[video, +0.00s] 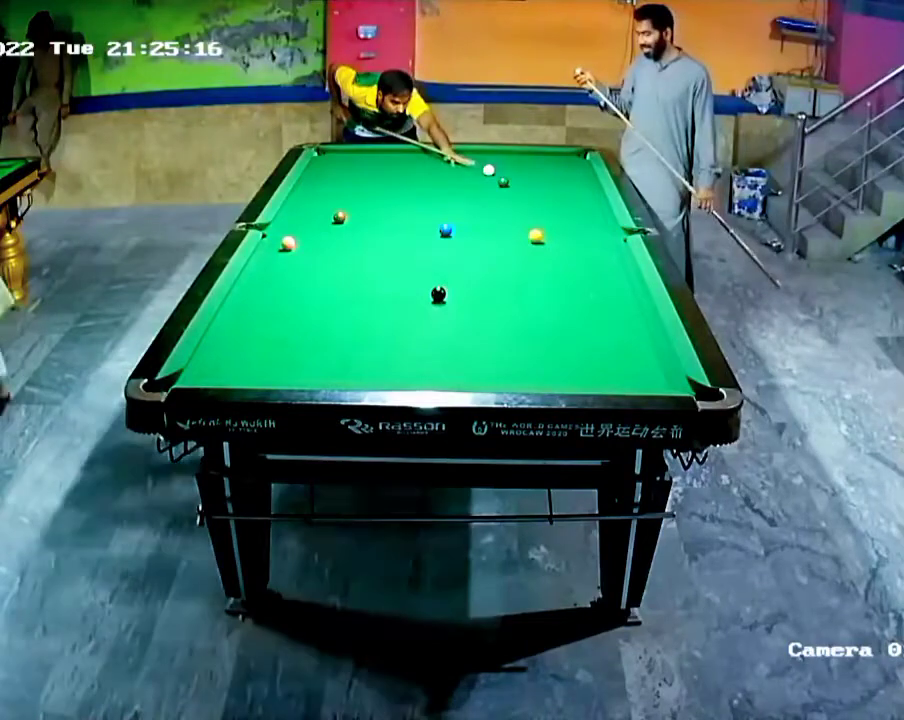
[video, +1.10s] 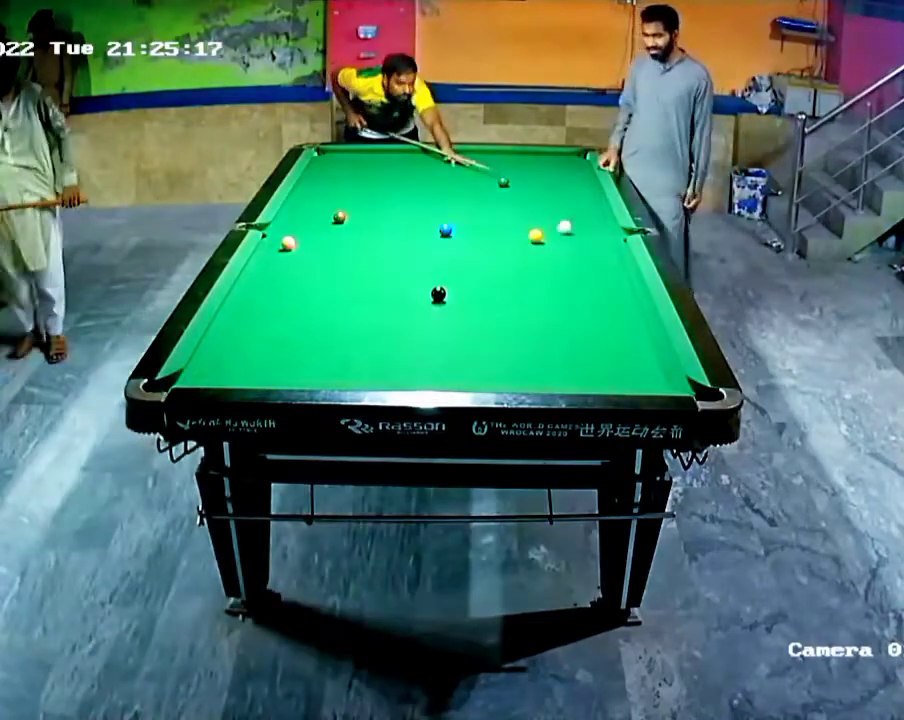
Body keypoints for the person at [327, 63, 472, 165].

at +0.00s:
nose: (400, 110)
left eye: (405, 103)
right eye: (395, 103)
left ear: (410, 97)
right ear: (380, 95)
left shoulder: (410, 96)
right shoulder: (358, 91)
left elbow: (430, 125)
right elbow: (334, 70)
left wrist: (447, 150)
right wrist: (336, 104)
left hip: (400, 135)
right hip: (362, 134)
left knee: (403, 181)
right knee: (359, 180)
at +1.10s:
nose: (407, 90)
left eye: (411, 84)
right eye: (400, 84)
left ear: (415, 79)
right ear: (386, 79)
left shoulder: (417, 86)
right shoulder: (364, 84)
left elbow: (434, 122)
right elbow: (338, 78)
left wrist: (447, 150)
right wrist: (349, 111)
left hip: (404, 135)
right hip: (367, 135)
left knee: (408, 182)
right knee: (365, 183)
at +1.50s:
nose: (394, 21)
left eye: (398, 15)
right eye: (387, 15)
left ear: (403, 16)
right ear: (375, 17)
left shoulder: (418, 46)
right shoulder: (357, 47)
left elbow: (432, 86)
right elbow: (338, 70)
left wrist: (433, 121)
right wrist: (345, 106)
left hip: (405, 133)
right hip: (366, 134)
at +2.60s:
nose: (350, 17)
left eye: (353, 9)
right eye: (342, 14)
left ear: (361, 6)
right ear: (336, 16)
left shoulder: (391, 30)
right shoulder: (333, 49)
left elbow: (407, 56)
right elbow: (321, 81)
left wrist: (404, 89)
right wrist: (333, 120)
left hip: (402, 122)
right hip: (366, 130)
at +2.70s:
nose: (345, 18)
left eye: (348, 9)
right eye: (337, 15)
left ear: (354, 7)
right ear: (330, 20)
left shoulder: (385, 29)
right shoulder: (329, 52)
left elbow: (403, 55)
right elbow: (317, 85)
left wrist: (402, 86)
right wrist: (331, 125)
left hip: (402, 120)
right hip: (367, 131)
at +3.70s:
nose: (431, 10)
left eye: (434, 3)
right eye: (423, 5)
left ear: (439, 6)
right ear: (411, 8)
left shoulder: (445, 33)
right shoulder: (399, 44)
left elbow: (452, 75)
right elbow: (393, 87)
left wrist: (480, 95)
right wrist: (416, 123)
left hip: (450, 122)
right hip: (422, 128)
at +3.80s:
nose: (447, 11)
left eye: (450, 4)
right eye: (439, 6)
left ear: (454, 5)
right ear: (424, 9)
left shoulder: (458, 33)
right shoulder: (414, 44)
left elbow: (461, 78)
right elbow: (410, 92)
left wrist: (488, 100)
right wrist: (436, 121)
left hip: (461, 121)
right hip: (432, 127)